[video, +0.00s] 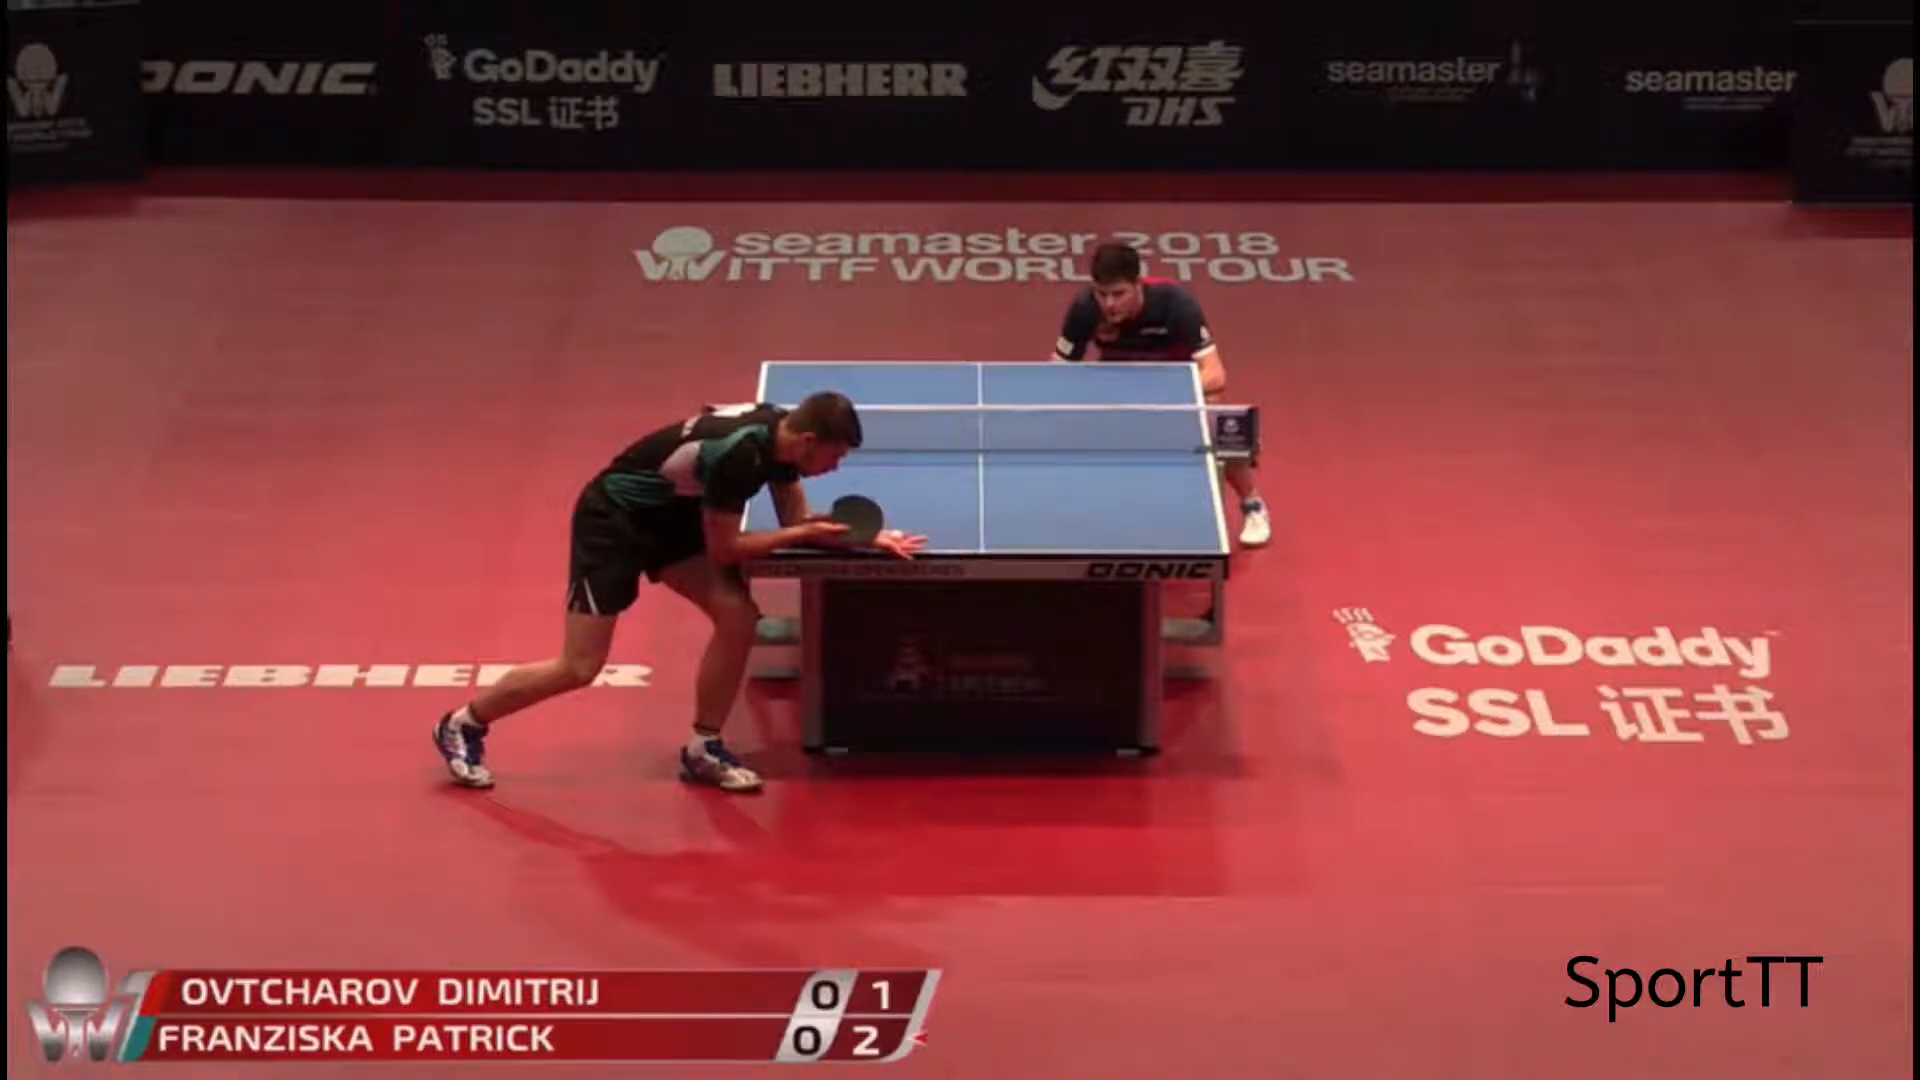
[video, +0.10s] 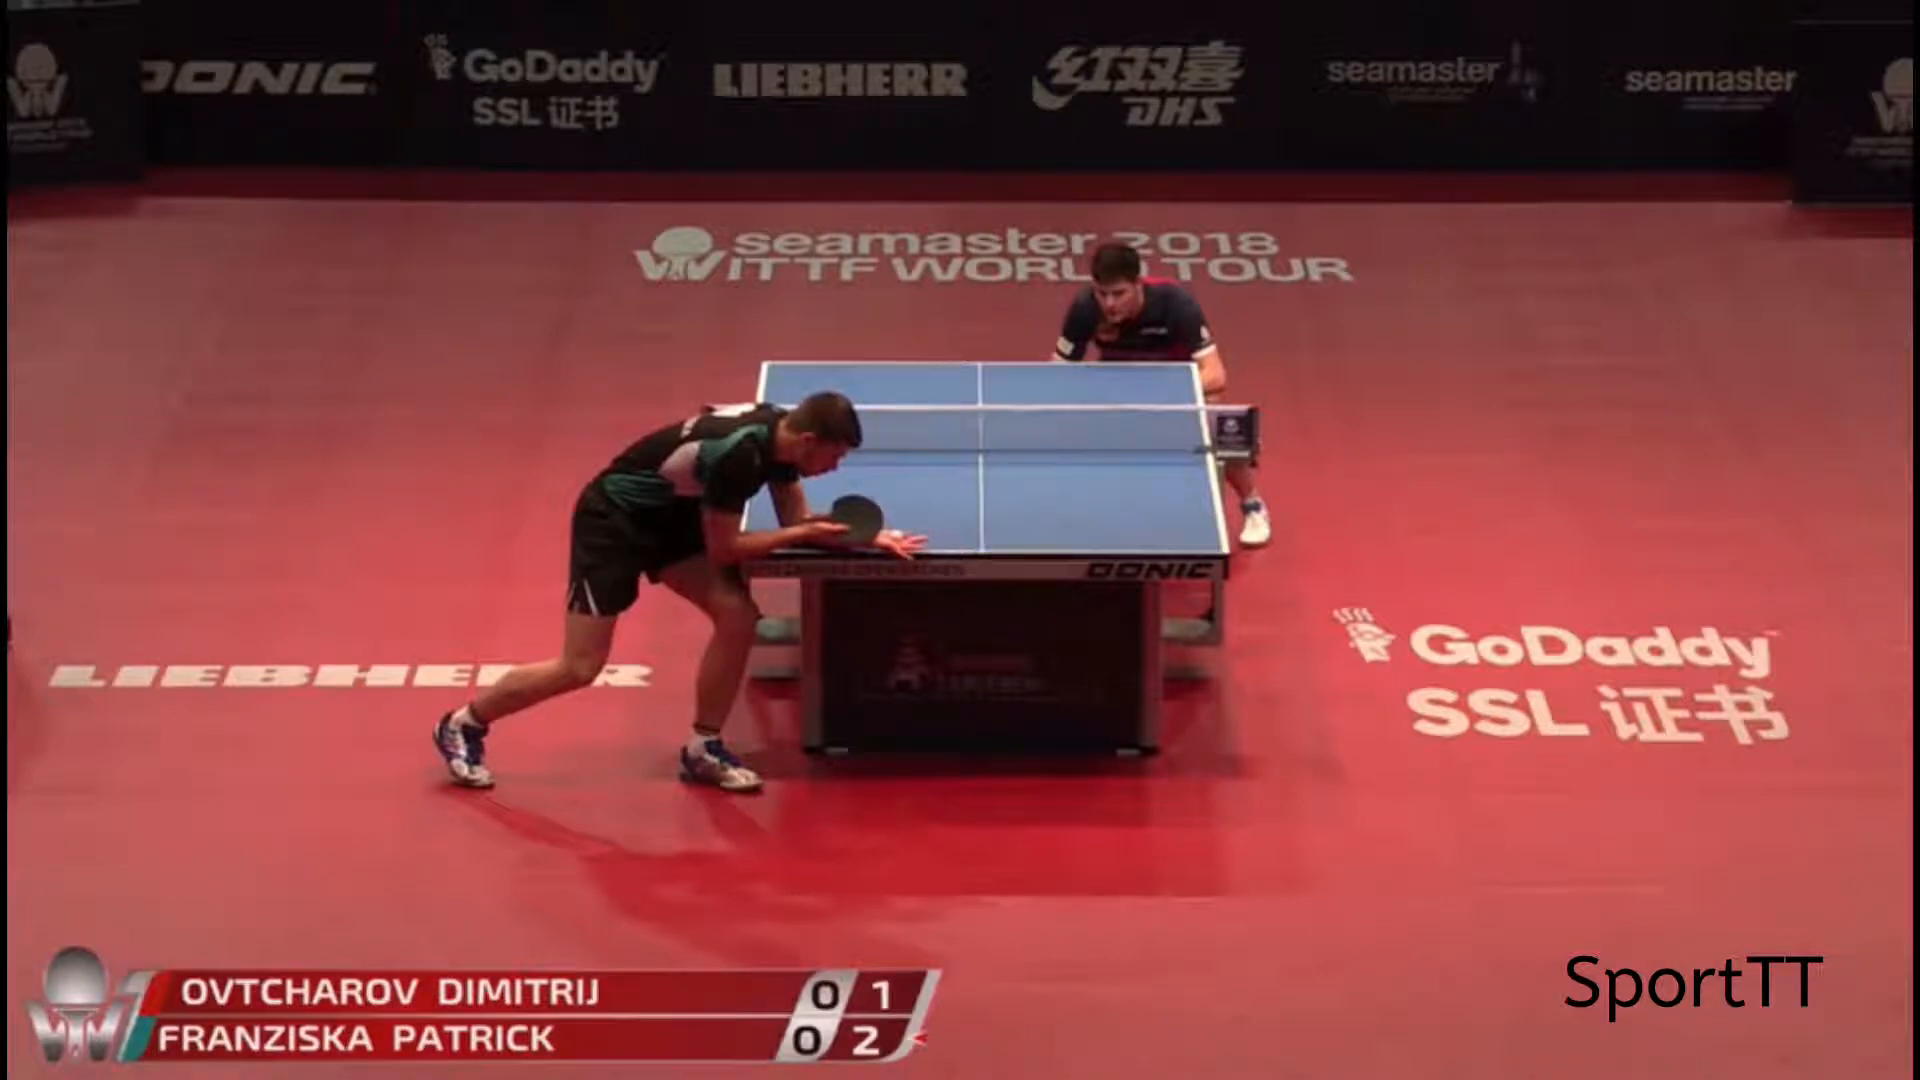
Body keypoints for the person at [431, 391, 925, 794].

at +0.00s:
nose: (830, 468)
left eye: (836, 459)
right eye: (830, 458)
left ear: (810, 437)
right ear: (807, 441)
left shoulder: (781, 440)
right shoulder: (737, 452)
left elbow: (798, 524)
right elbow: (726, 553)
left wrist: (872, 539)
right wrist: (805, 533)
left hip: (670, 528)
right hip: (612, 517)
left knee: (738, 617)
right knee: (578, 667)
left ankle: (704, 750)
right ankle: (464, 725)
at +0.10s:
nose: (830, 468)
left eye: (836, 459)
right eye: (830, 458)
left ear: (810, 437)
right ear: (807, 441)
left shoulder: (781, 440)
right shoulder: (736, 453)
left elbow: (798, 525)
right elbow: (725, 553)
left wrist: (872, 539)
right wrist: (805, 533)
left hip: (670, 528)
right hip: (612, 517)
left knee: (738, 617)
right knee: (579, 667)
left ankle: (704, 750)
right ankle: (464, 725)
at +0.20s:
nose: (830, 467)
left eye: (835, 458)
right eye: (829, 457)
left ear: (809, 437)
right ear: (805, 439)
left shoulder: (779, 441)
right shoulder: (735, 453)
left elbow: (796, 524)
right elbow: (725, 553)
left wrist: (871, 539)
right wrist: (804, 533)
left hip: (669, 529)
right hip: (611, 519)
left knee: (738, 617)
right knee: (581, 670)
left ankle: (704, 749)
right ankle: (466, 724)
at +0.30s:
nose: (828, 467)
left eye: (834, 458)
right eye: (829, 457)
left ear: (807, 436)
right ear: (805, 439)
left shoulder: (777, 441)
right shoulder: (735, 452)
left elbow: (795, 525)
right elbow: (724, 552)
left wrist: (870, 539)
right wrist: (803, 532)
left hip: (668, 529)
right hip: (611, 519)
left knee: (738, 616)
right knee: (583, 671)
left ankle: (704, 750)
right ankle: (467, 723)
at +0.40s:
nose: (826, 463)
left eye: (831, 454)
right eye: (825, 452)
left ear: (801, 433)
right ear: (797, 435)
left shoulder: (774, 443)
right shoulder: (730, 452)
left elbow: (792, 525)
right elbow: (723, 550)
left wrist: (871, 540)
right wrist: (794, 530)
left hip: (666, 529)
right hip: (608, 520)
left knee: (738, 616)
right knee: (587, 672)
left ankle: (704, 749)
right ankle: (472, 720)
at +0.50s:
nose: (818, 458)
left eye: (823, 449)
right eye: (816, 447)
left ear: (794, 430)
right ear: (787, 429)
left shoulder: (768, 442)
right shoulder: (723, 449)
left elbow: (790, 522)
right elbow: (712, 549)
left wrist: (862, 538)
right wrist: (785, 525)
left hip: (665, 531)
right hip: (606, 523)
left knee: (739, 618)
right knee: (589, 676)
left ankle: (704, 749)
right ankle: (475, 716)